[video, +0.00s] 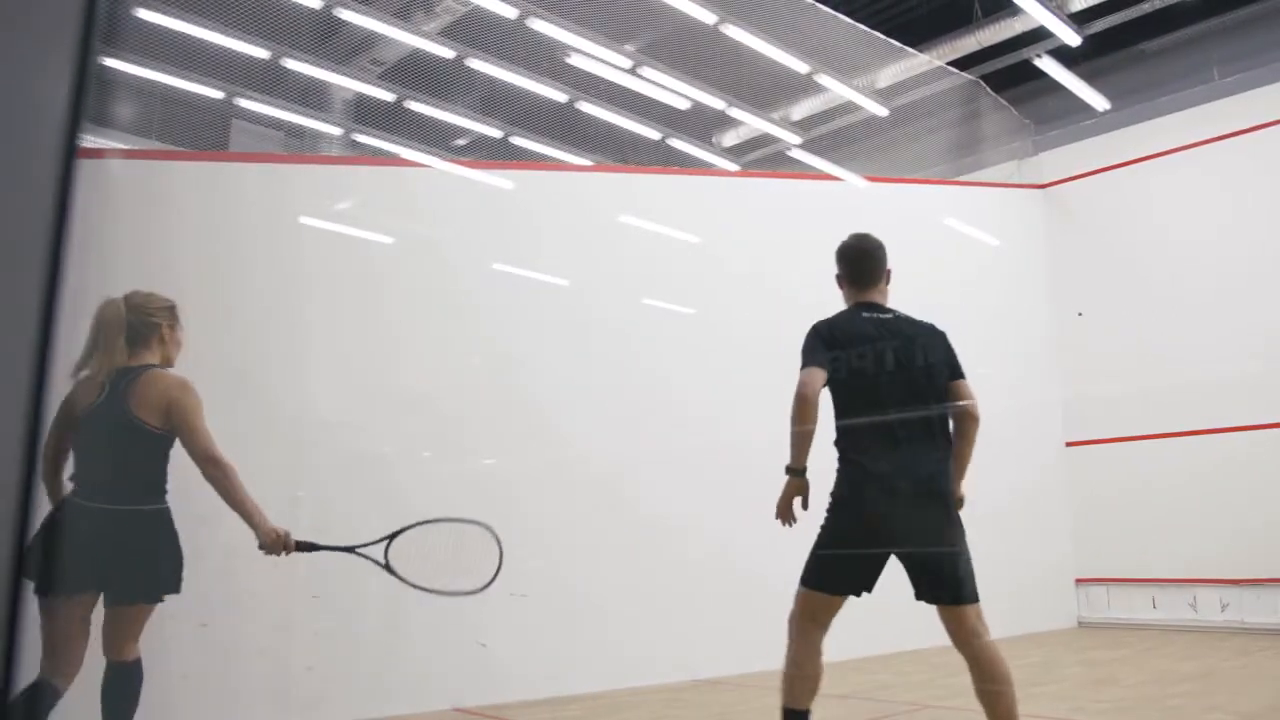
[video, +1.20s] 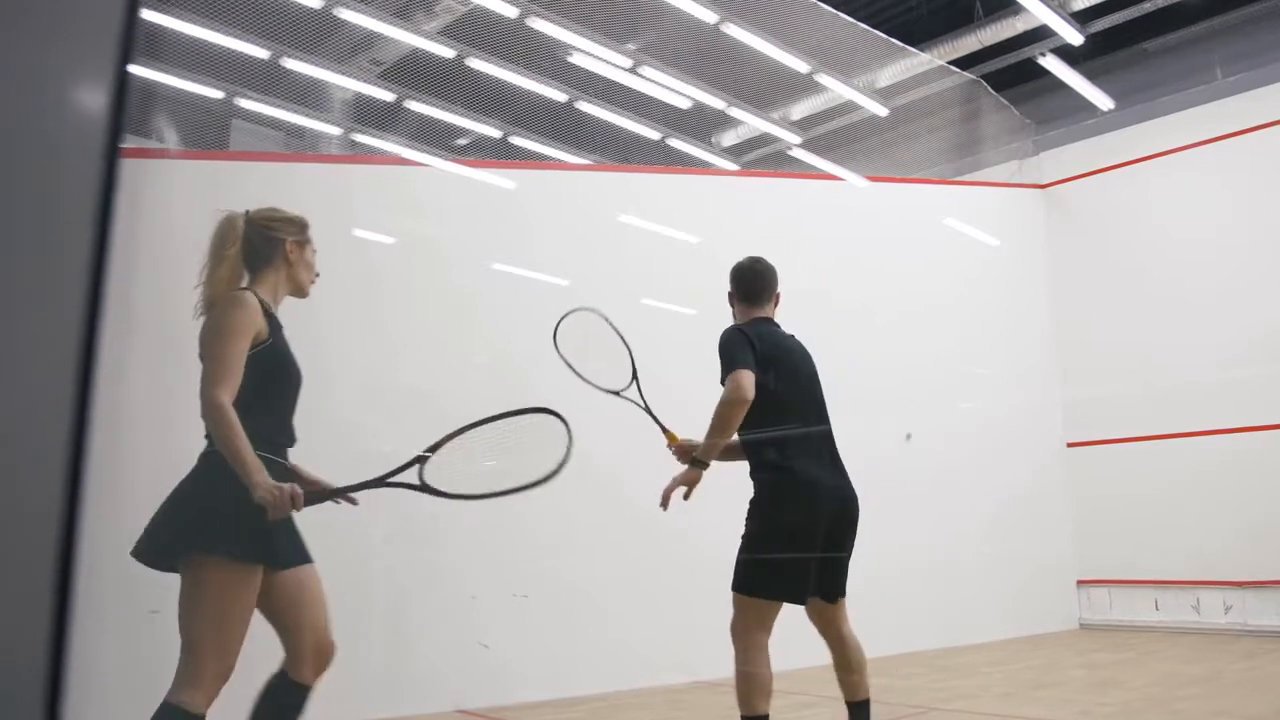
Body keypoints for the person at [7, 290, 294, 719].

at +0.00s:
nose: (181, 341)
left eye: (180, 332)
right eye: (178, 331)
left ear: (127, 334)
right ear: (163, 332)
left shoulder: (85, 390)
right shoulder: (172, 390)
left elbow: (52, 460)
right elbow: (212, 464)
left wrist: (61, 505)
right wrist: (263, 527)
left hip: (74, 536)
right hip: (140, 540)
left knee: (57, 669)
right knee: (123, 649)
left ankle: (25, 710)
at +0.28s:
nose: (194, 336)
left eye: (193, 326)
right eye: (190, 325)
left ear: (138, 329)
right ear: (170, 328)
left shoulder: (97, 381)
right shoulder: (168, 382)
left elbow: (86, 466)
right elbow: (202, 458)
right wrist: (256, 522)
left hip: (67, 535)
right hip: (129, 540)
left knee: (57, 667)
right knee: (142, 665)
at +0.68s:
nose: (236, 306)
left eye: (235, 295)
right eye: (231, 295)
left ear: (181, 298)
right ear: (209, 296)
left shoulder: (142, 355)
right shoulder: (199, 348)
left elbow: (145, 457)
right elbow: (198, 427)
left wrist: (208, 492)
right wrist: (247, 499)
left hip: (121, 515)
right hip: (174, 519)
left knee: (106, 660)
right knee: (197, 681)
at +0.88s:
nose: (265, 287)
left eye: (263, 276)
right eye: (261, 276)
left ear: (217, 280)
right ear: (239, 277)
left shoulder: (187, 334)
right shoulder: (216, 330)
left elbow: (191, 438)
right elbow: (199, 415)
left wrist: (245, 492)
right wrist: (237, 489)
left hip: (170, 504)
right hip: (202, 508)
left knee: (182, 669)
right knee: (208, 680)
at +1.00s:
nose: (284, 274)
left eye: (281, 263)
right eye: (278, 263)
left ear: (245, 266)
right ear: (257, 265)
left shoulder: (231, 325)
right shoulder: (222, 318)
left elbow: (216, 426)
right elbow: (201, 406)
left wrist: (258, 483)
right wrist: (239, 487)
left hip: (222, 502)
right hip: (205, 502)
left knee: (244, 661)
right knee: (203, 676)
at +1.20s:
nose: (316, 264)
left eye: (314, 252)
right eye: (310, 251)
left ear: (277, 254)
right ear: (287, 252)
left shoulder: (263, 319)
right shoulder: (241, 308)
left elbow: (252, 428)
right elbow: (216, 402)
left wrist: (302, 477)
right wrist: (260, 481)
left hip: (264, 506)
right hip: (228, 504)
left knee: (313, 651)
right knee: (201, 678)